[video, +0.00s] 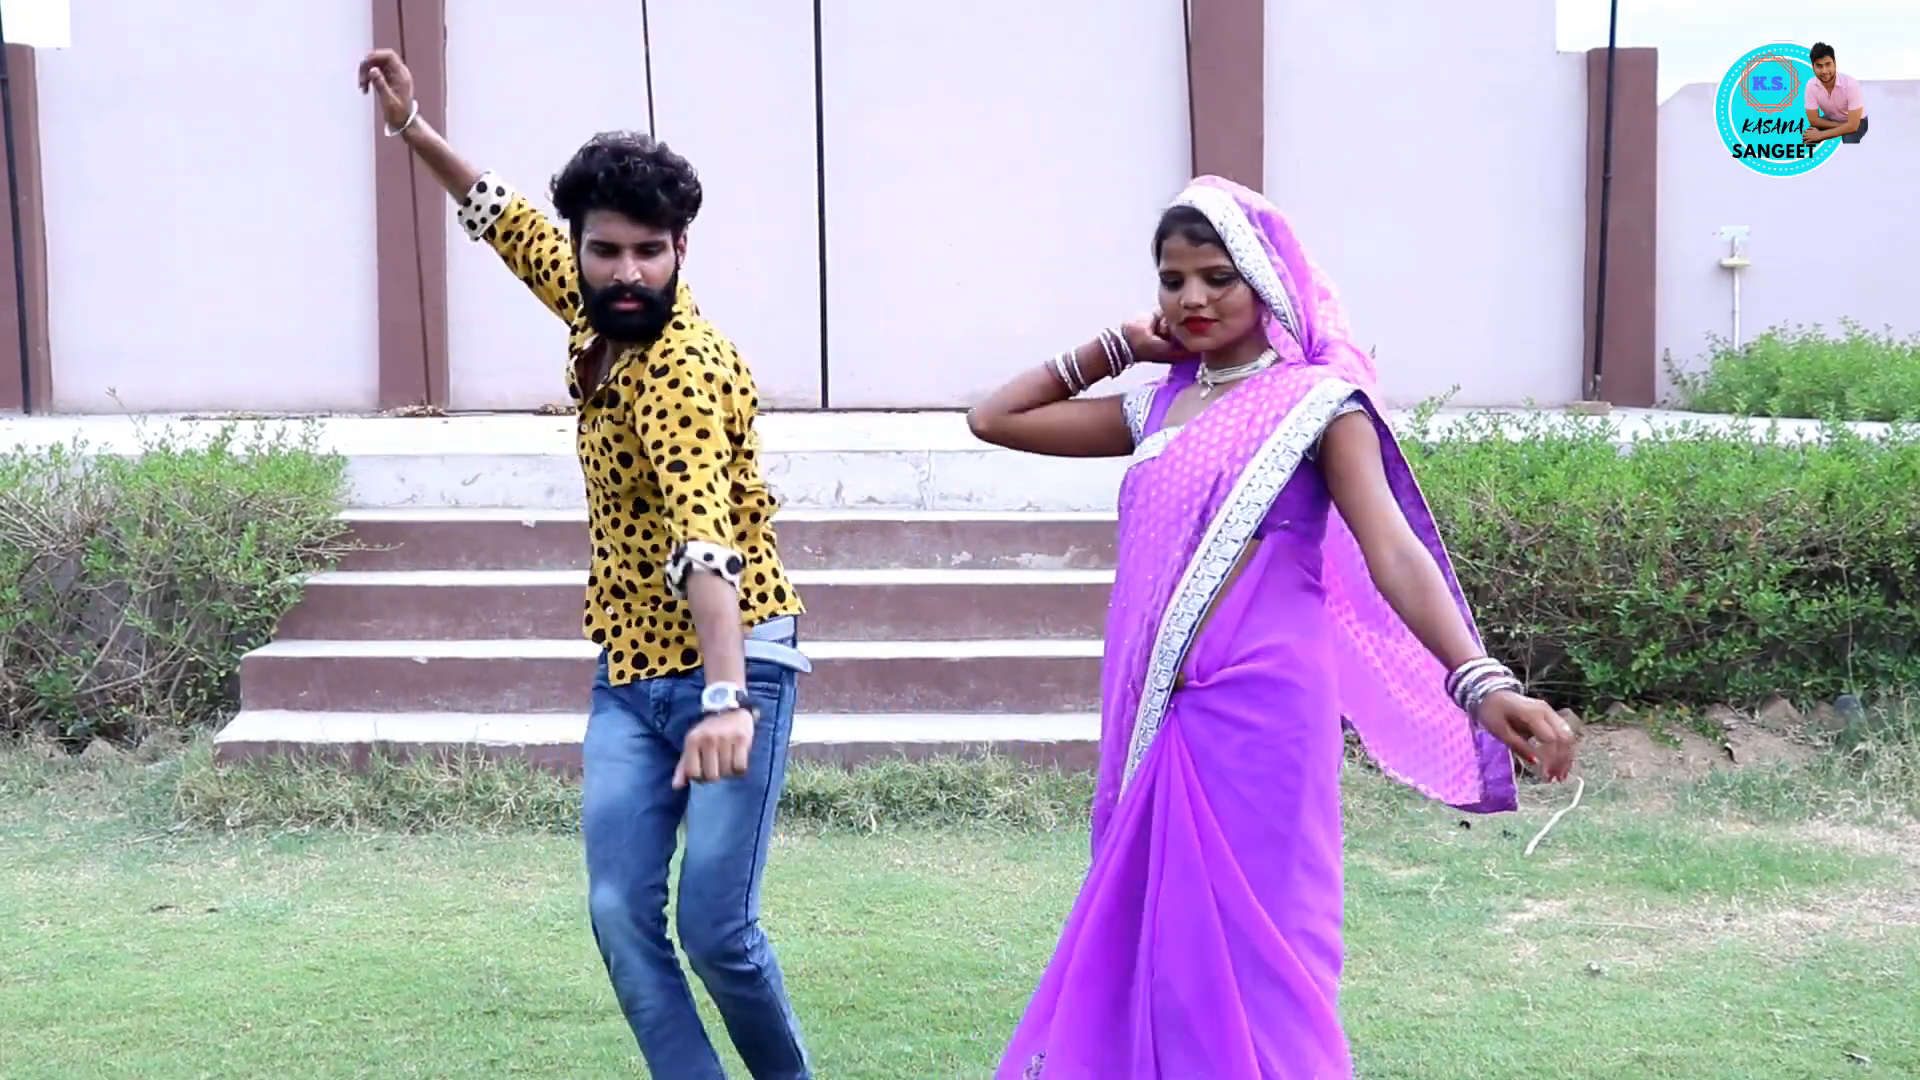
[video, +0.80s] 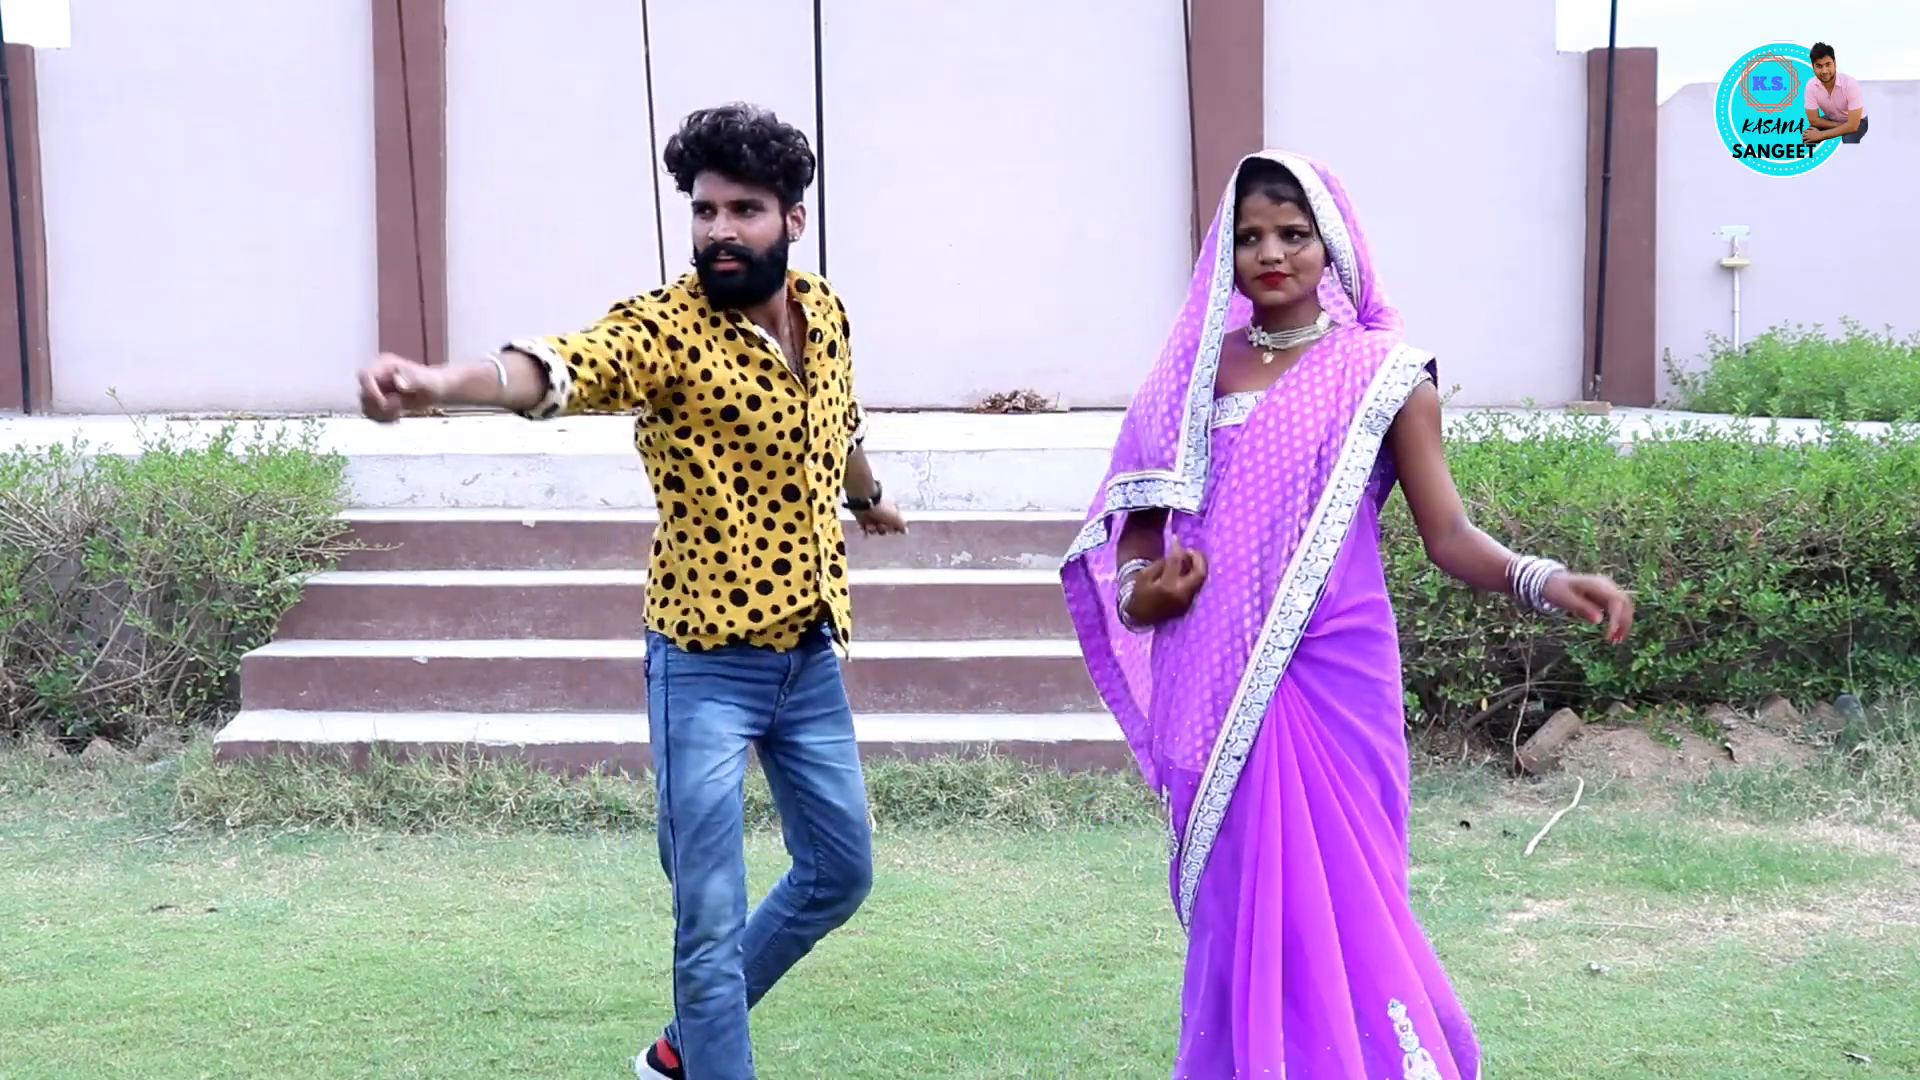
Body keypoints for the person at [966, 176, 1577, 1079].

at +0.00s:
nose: (1195, 299)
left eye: (1218, 277)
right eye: (1177, 281)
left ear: (1268, 282)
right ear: (1162, 292)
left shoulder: (1321, 400)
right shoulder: (1164, 405)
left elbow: (1396, 555)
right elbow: (996, 418)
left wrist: (1483, 683)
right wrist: (1116, 348)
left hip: (1257, 711)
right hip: (1147, 709)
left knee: (1249, 951)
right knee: (1144, 943)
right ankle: (1155, 1075)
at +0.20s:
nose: (1238, 299)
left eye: (1260, 277)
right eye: (1213, 279)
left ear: (1295, 279)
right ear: (1188, 283)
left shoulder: (1354, 401)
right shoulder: (1150, 394)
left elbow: (1454, 560)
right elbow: (1025, 501)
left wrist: (1583, 605)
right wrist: (1034, 361)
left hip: (1310, 702)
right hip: (1174, 699)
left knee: (1303, 941)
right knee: (1171, 936)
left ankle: (1300, 1071)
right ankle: (1177, 1075)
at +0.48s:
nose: (1283, 316)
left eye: (1301, 294)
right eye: (1258, 298)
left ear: (1330, 295)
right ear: (1225, 302)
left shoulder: (1367, 414)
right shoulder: (1171, 406)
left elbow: (1454, 578)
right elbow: (1122, 585)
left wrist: (1580, 498)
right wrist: (1062, 502)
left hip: (1341, 710)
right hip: (1212, 713)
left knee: (1335, 964)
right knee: (1241, 961)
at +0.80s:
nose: (1270, 255)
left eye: (1292, 236)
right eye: (1251, 237)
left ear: (1330, 247)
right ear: (1230, 250)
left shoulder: (1387, 370)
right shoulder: (1190, 376)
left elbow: (1450, 535)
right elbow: (1139, 543)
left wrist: (1550, 581)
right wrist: (1142, 596)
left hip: (1336, 671)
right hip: (1214, 672)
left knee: (1342, 911)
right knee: (1235, 912)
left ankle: (1358, 1069)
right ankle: (1246, 1070)